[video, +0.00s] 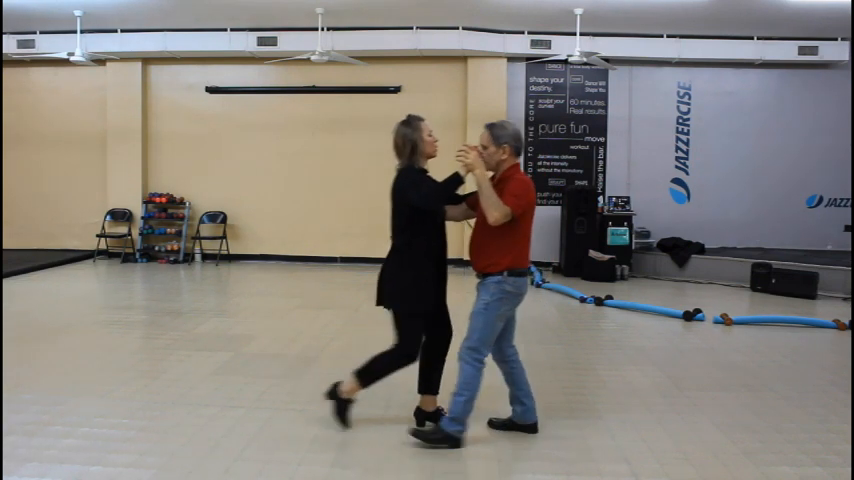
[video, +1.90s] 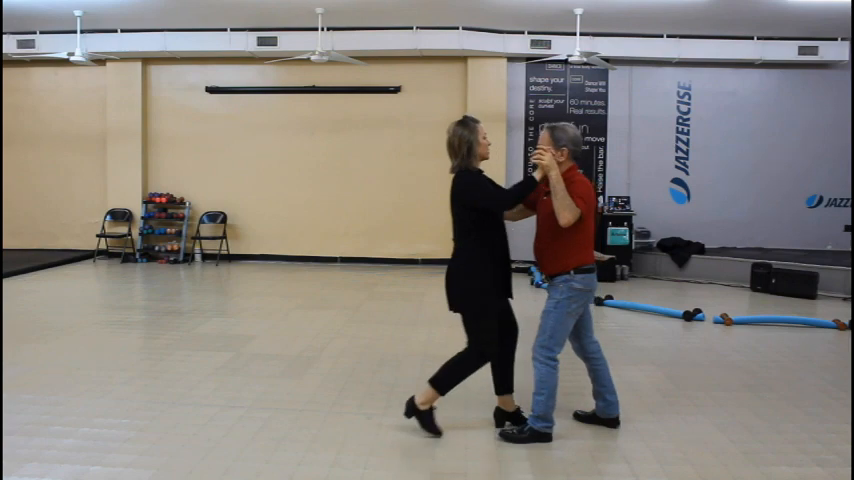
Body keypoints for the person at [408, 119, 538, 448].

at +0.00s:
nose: (479, 153)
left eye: (485, 148)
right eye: (480, 148)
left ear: (505, 151)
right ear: (501, 151)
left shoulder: (520, 183)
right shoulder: (496, 181)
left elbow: (496, 215)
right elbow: (461, 211)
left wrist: (481, 175)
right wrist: (424, 205)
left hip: (504, 280)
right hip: (496, 278)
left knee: (472, 353)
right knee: (503, 350)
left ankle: (452, 428)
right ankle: (525, 417)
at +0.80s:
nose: (477, 148)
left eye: (482, 142)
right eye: (478, 142)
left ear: (501, 146)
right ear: (499, 147)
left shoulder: (519, 179)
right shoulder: (494, 180)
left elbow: (497, 211)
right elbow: (457, 205)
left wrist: (482, 168)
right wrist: (421, 196)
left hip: (509, 277)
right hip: (502, 275)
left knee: (478, 349)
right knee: (504, 348)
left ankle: (493, 420)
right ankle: (517, 417)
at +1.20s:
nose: (510, 143)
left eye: (516, 139)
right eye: (511, 138)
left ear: (533, 146)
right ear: (530, 146)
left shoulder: (549, 180)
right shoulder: (527, 179)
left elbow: (524, 210)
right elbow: (488, 206)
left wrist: (514, 165)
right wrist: (452, 198)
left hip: (543, 278)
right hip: (531, 276)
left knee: (524, 353)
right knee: (531, 347)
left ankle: (527, 426)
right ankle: (557, 407)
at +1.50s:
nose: (533, 156)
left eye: (538, 152)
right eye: (534, 151)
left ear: (558, 156)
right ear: (556, 156)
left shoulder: (577, 186)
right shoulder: (547, 185)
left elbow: (560, 223)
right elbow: (514, 212)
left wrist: (547, 177)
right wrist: (481, 201)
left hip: (569, 283)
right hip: (565, 281)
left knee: (534, 351)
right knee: (582, 346)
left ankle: (528, 425)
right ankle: (607, 411)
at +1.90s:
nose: (536, 153)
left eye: (542, 148)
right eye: (537, 147)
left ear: (562, 153)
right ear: (558, 152)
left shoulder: (579, 183)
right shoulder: (547, 184)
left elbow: (567, 218)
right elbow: (516, 212)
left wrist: (553, 174)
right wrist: (483, 204)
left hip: (573, 279)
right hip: (567, 277)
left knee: (545, 351)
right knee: (587, 346)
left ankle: (540, 425)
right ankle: (608, 411)